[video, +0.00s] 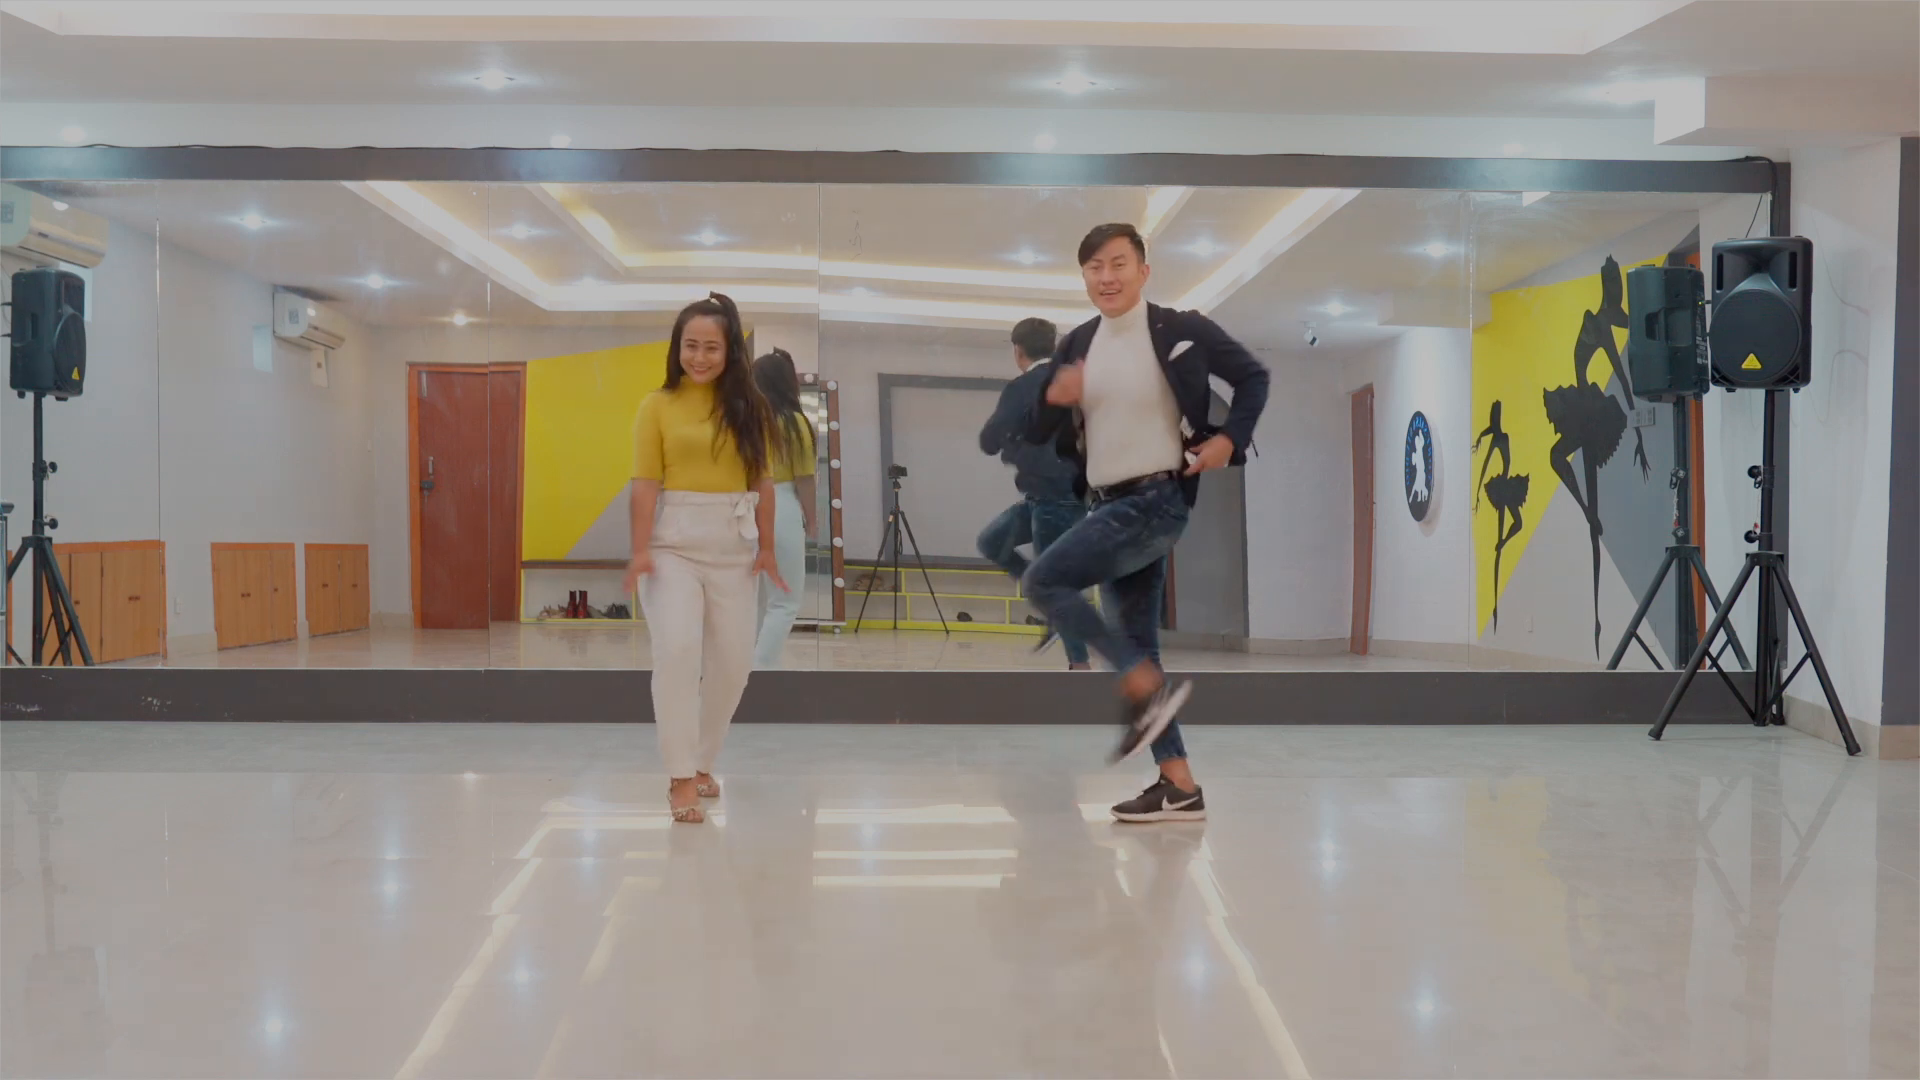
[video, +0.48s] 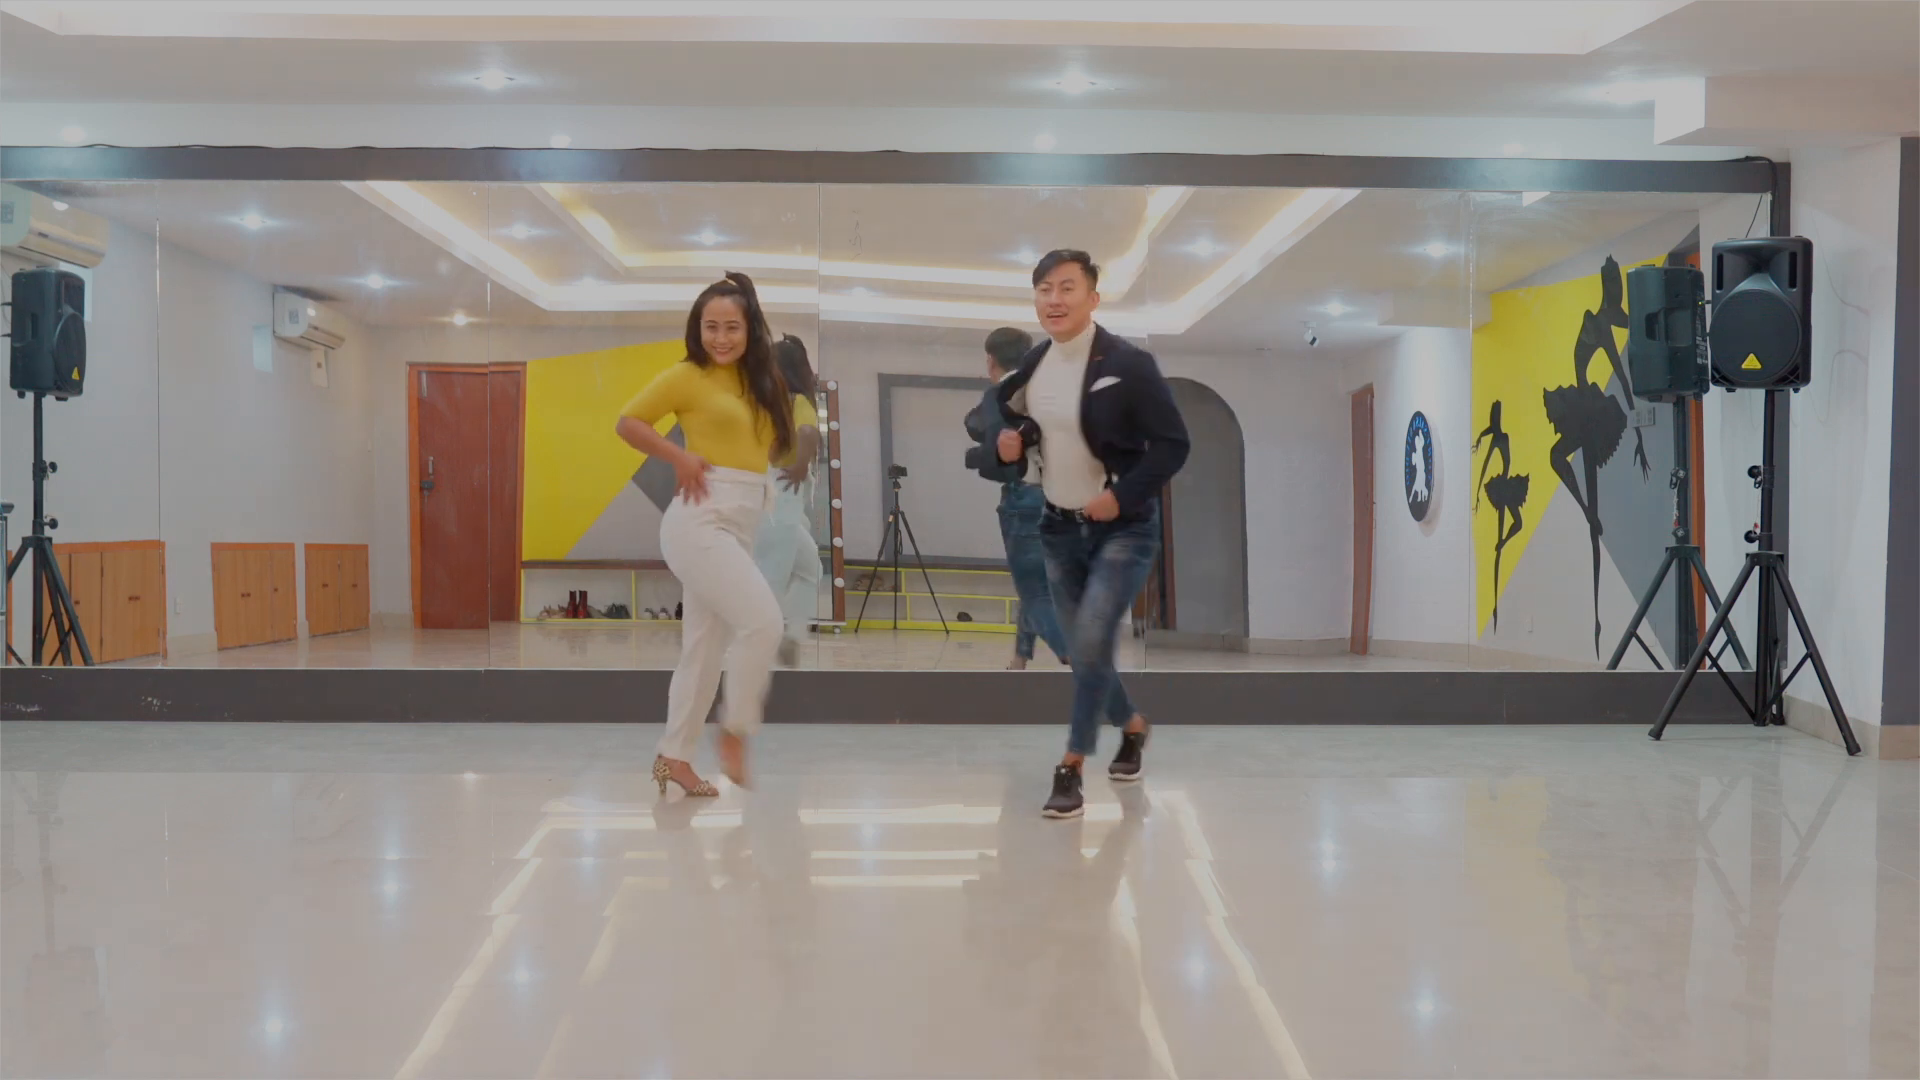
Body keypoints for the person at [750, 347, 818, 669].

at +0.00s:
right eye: (795, 377)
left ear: (756, 384)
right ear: (790, 381)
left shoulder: (745, 419)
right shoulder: (795, 422)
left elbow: (739, 475)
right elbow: (804, 479)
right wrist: (811, 521)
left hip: (745, 510)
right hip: (783, 508)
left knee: (753, 597)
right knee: (784, 601)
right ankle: (758, 674)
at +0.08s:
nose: (802, 378)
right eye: (797, 373)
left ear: (758, 379)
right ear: (791, 378)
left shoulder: (746, 413)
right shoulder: (795, 417)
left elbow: (739, 471)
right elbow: (802, 475)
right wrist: (808, 520)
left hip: (745, 502)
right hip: (783, 501)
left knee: (751, 589)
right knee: (782, 593)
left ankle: (747, 666)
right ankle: (763, 670)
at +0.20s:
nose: (804, 376)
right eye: (799, 369)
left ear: (762, 371)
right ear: (792, 371)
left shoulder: (749, 405)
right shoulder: (790, 407)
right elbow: (803, 459)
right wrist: (802, 508)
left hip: (752, 501)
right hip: (782, 502)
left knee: (760, 587)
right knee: (776, 592)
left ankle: (760, 662)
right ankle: (763, 666)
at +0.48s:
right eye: (807, 364)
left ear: (773, 370)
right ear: (800, 368)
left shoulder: (764, 400)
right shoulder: (799, 401)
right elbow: (807, 434)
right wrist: (801, 463)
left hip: (768, 494)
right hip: (782, 497)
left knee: (808, 567)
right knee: (774, 569)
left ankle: (791, 632)